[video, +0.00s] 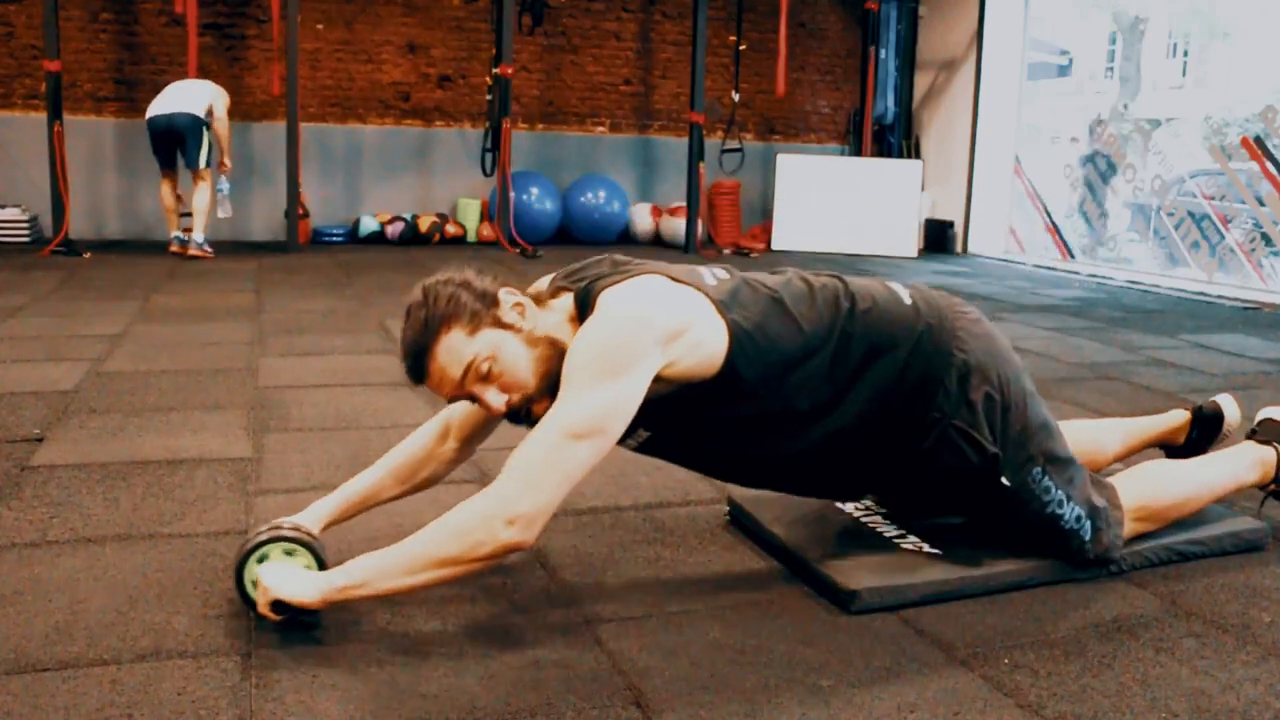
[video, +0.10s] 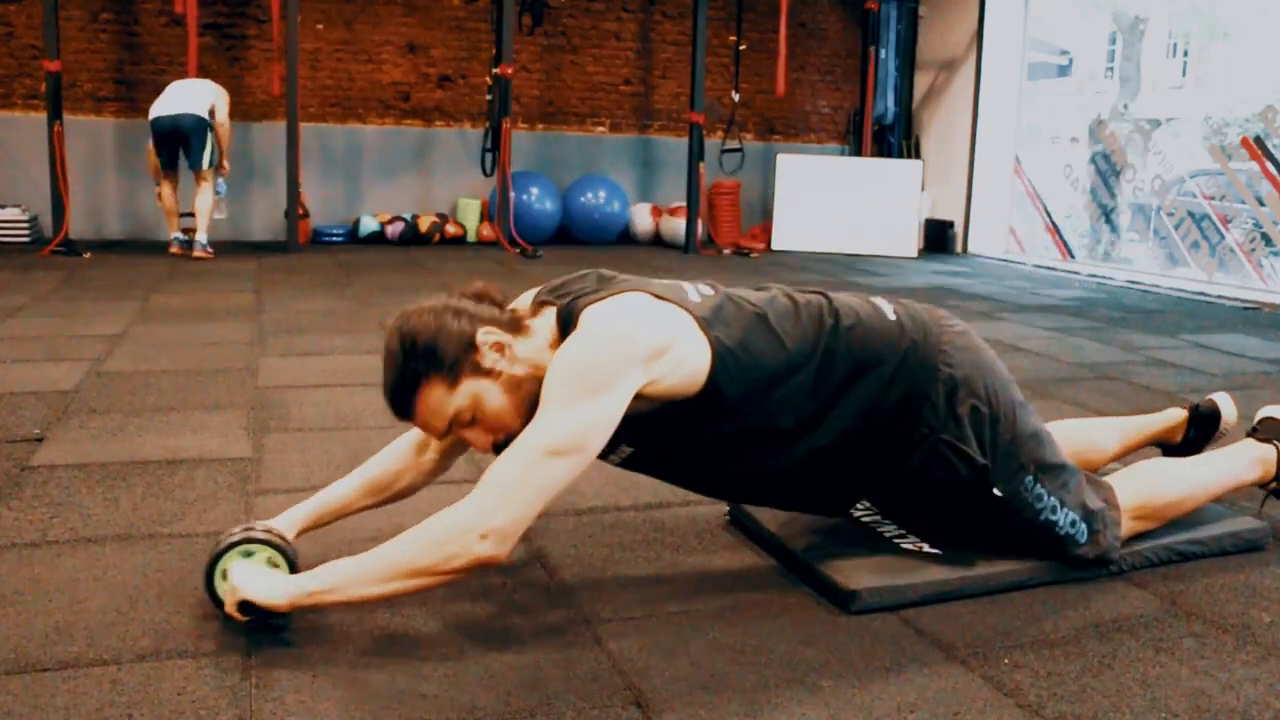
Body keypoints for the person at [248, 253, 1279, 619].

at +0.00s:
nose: (482, 402)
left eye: (474, 371)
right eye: (460, 401)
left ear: (513, 309)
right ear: (466, 377)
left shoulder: (624, 330)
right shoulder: (550, 326)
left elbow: (510, 524)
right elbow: (442, 439)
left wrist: (331, 587)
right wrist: (313, 519)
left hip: (937, 378)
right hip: (872, 398)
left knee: (1098, 530)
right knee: (1042, 486)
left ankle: (1258, 458)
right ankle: (1198, 419)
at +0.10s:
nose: (478, 449)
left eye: (470, 423)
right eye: (451, 440)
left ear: (501, 347)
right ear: (473, 374)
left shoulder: (606, 353)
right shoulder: (530, 332)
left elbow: (484, 536)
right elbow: (421, 453)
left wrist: (303, 590)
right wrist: (292, 521)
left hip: (926, 394)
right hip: (867, 390)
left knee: (1098, 530)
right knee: (1035, 481)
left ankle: (1256, 458)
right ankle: (1180, 422)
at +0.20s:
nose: (478, 459)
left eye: (464, 444)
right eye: (457, 451)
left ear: (490, 388)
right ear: (480, 392)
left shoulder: (595, 368)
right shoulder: (522, 337)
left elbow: (466, 554)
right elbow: (410, 462)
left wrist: (288, 593)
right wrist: (275, 526)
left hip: (910, 402)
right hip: (855, 370)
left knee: (1089, 524)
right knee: (1027, 468)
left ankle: (1260, 455)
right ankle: (1182, 418)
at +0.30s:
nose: (486, 476)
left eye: (476, 460)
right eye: (463, 467)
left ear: (491, 406)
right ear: (467, 410)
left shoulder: (587, 382)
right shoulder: (510, 347)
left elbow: (456, 563)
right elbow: (401, 466)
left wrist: (268, 596)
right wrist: (265, 526)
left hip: (903, 402)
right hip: (841, 392)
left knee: (1090, 523)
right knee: (1024, 469)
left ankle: (1260, 455)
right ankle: (1186, 414)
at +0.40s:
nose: (493, 485)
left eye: (481, 479)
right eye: (467, 478)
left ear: (493, 429)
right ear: (461, 409)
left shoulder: (588, 391)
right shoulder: (500, 355)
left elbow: (447, 573)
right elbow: (395, 474)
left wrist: (254, 600)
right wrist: (260, 528)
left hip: (905, 409)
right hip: (840, 382)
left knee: (1089, 521)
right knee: (1023, 460)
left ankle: (1259, 461)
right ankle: (1186, 414)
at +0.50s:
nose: (481, 500)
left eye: (473, 493)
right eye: (452, 489)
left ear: (497, 441)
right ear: (457, 421)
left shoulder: (587, 395)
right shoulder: (500, 366)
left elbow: (439, 578)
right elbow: (392, 479)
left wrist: (248, 600)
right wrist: (252, 535)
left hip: (907, 415)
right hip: (835, 396)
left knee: (1094, 516)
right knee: (1021, 451)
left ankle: (1258, 461)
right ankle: (1180, 411)